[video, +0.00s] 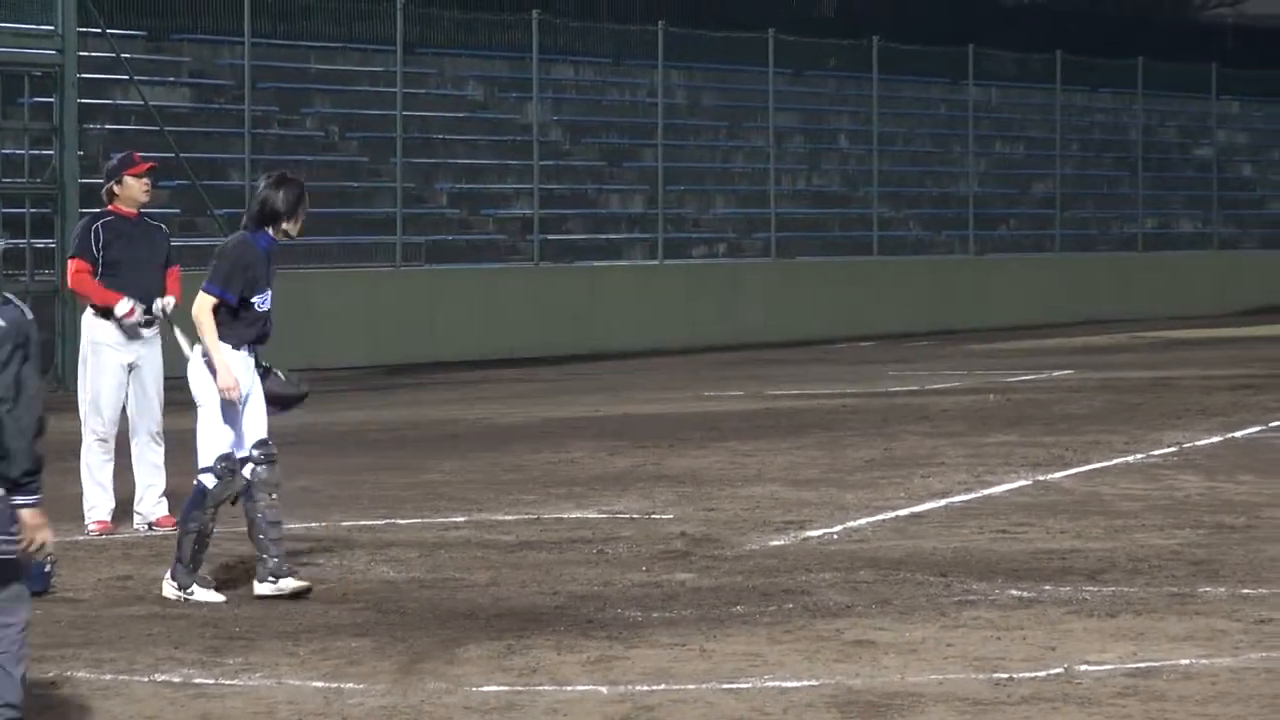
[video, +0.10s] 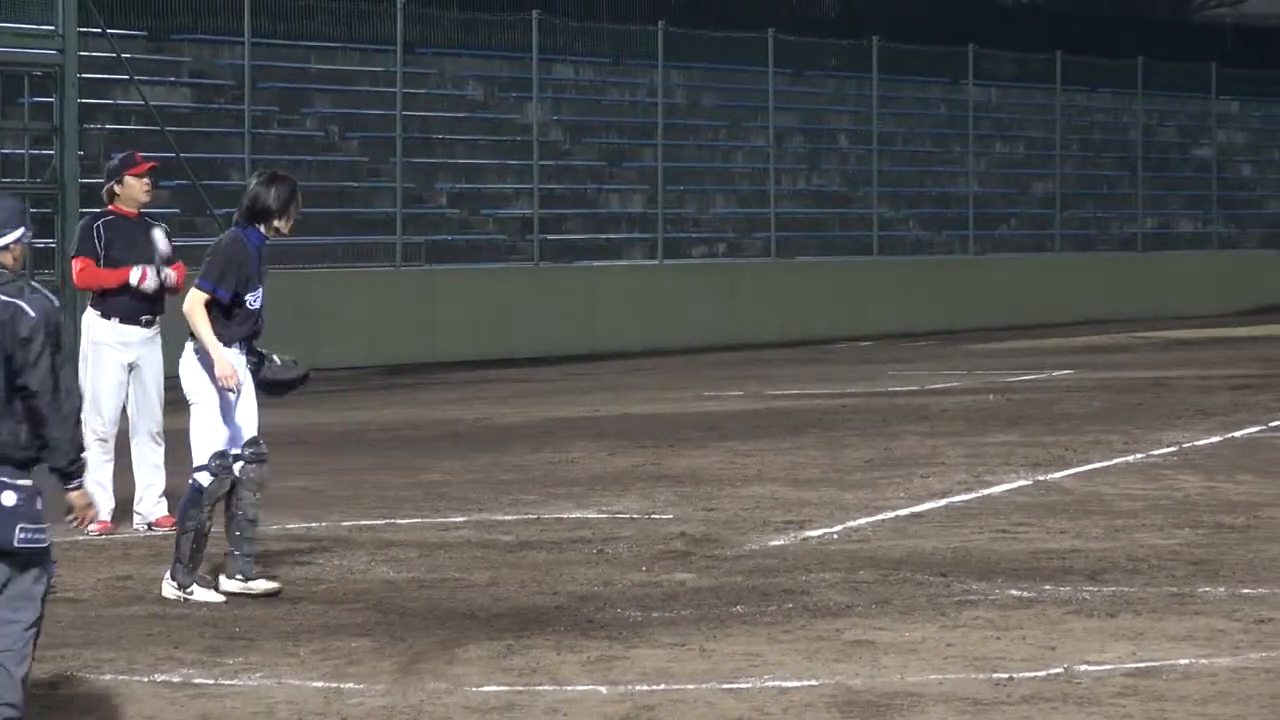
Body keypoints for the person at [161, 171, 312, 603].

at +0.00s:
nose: (304, 219)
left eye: (304, 211)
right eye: (302, 211)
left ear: (272, 206)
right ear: (286, 211)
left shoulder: (263, 250)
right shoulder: (242, 248)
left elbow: (242, 316)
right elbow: (201, 308)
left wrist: (259, 367)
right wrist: (221, 366)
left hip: (244, 362)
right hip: (218, 362)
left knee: (258, 465)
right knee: (218, 471)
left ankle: (270, 571)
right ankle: (182, 575)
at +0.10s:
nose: (296, 217)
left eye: (296, 209)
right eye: (293, 209)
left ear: (263, 205)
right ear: (276, 209)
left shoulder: (256, 246)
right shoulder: (235, 245)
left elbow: (235, 309)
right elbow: (192, 305)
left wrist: (255, 352)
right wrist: (217, 354)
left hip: (238, 363)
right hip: (209, 361)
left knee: (248, 463)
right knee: (213, 467)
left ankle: (241, 569)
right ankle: (182, 575)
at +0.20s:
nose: (289, 218)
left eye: (290, 211)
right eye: (287, 210)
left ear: (257, 206)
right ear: (271, 210)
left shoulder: (250, 247)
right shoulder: (229, 245)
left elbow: (229, 309)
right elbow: (186, 304)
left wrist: (252, 348)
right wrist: (212, 350)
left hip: (230, 362)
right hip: (203, 362)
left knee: (239, 463)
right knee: (210, 468)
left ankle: (213, 562)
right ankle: (181, 575)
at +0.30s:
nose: (288, 221)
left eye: (289, 213)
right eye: (286, 213)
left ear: (258, 208)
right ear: (269, 212)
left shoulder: (246, 248)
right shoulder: (226, 245)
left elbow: (227, 314)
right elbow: (181, 302)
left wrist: (256, 351)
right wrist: (205, 351)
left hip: (222, 362)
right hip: (200, 362)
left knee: (231, 463)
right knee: (210, 467)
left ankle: (205, 563)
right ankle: (181, 575)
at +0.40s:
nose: (288, 222)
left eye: (289, 214)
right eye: (286, 213)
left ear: (257, 210)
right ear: (270, 213)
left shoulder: (245, 251)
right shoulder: (228, 247)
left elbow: (225, 315)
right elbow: (181, 299)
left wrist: (256, 354)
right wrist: (203, 350)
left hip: (212, 362)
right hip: (195, 362)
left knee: (217, 465)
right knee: (209, 468)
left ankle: (200, 559)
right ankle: (182, 574)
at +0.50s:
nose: (290, 222)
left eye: (289, 215)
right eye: (287, 215)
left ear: (255, 213)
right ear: (271, 218)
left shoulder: (247, 255)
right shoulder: (234, 251)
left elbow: (219, 317)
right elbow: (185, 297)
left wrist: (253, 359)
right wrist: (207, 355)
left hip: (204, 361)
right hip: (193, 360)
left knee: (211, 466)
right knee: (210, 468)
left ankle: (194, 565)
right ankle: (182, 574)